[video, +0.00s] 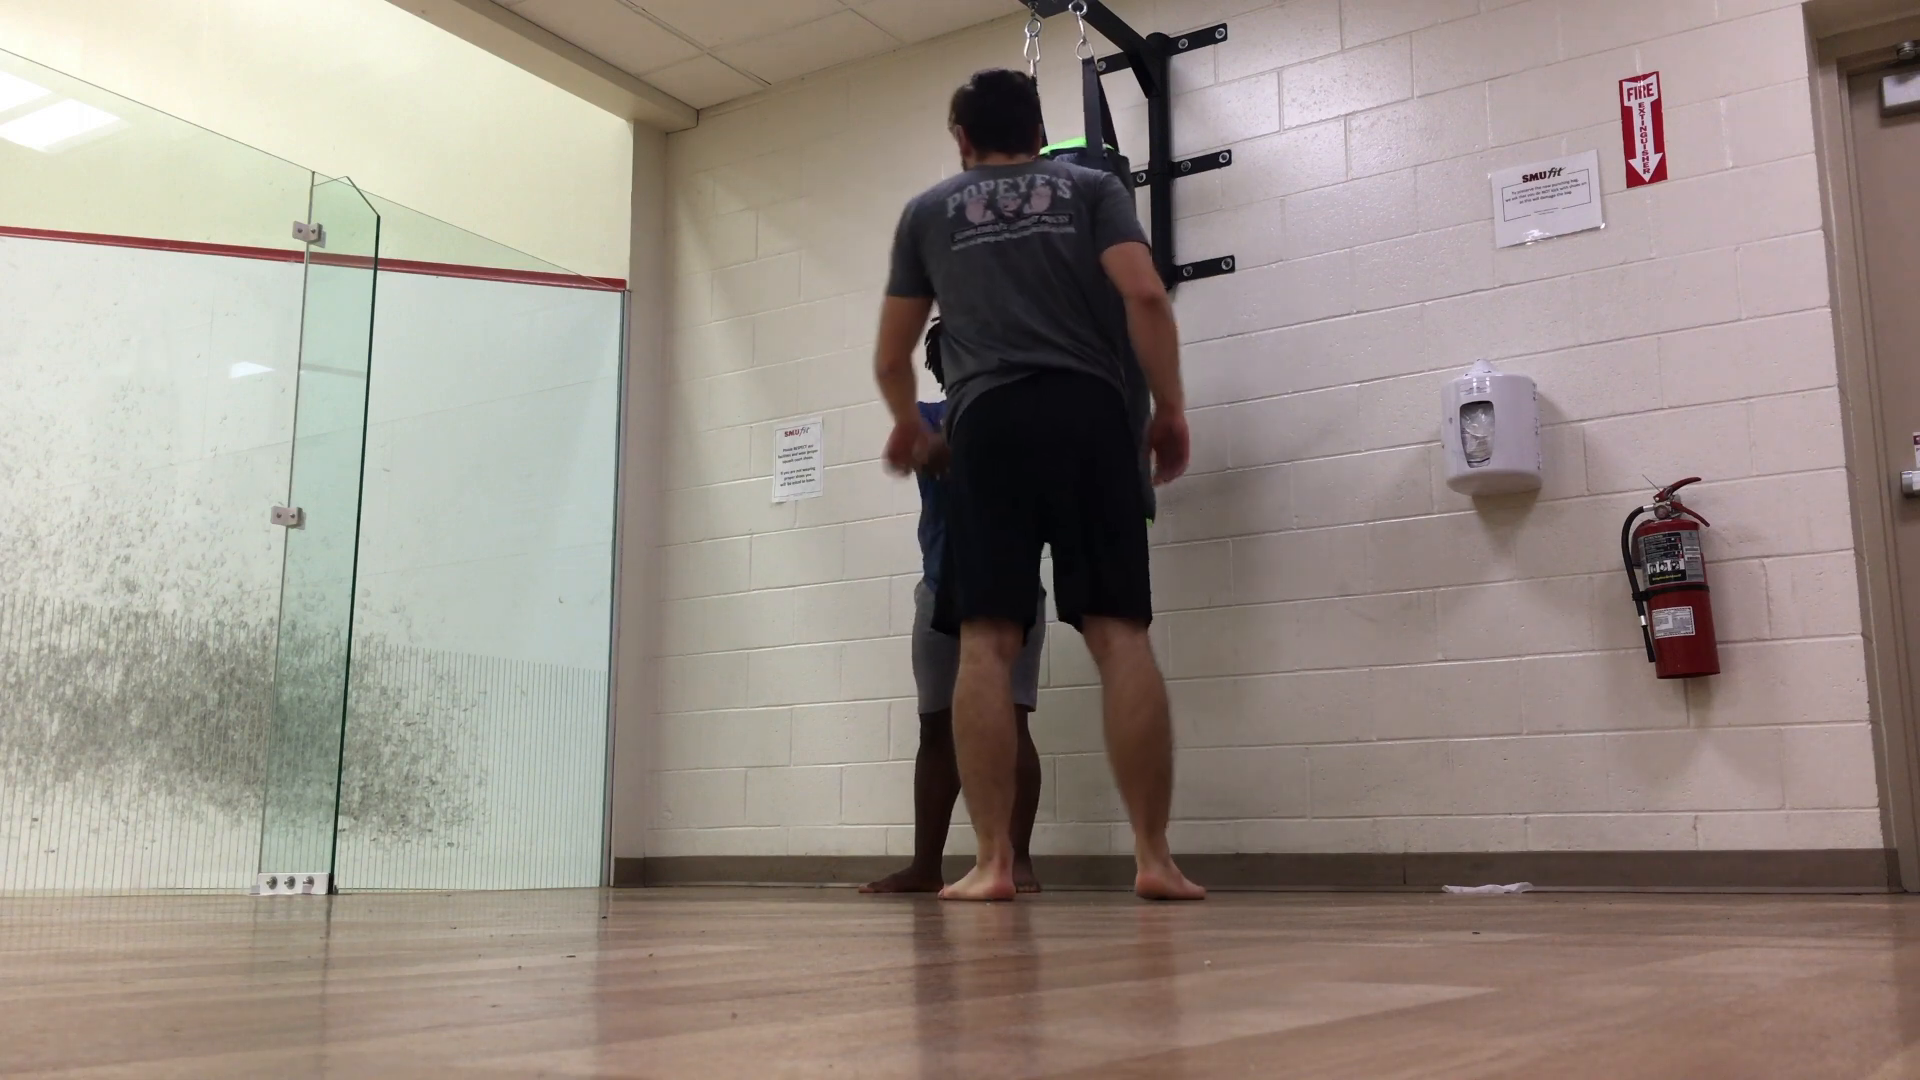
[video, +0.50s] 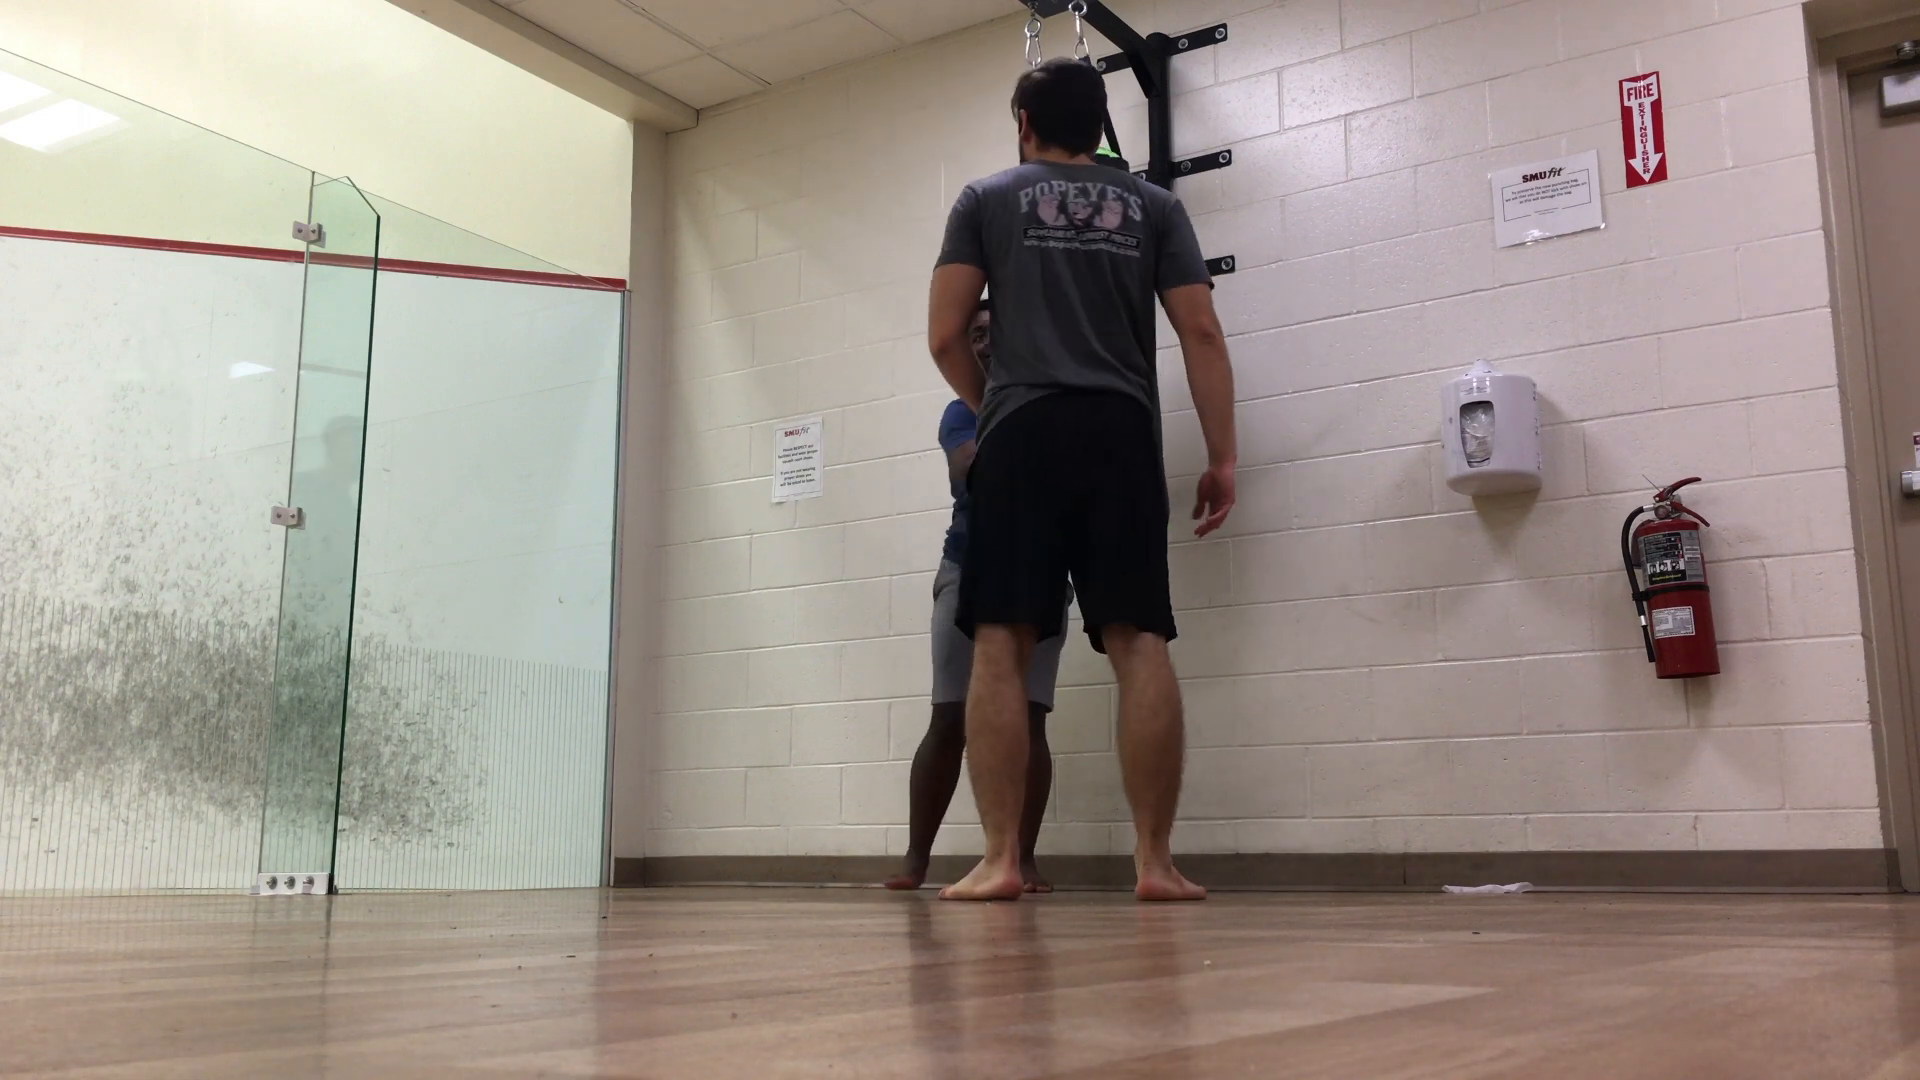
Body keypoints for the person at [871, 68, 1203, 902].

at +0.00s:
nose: (953, 150)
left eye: (952, 140)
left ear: (961, 141)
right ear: (1040, 133)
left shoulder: (927, 212)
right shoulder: (1092, 187)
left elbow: (893, 358)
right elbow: (1145, 292)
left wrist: (910, 425)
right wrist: (1171, 407)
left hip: (989, 440)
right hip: (1094, 430)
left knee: (985, 642)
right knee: (1120, 635)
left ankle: (994, 862)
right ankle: (1153, 857)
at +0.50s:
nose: (1016, 137)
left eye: (1015, 126)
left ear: (1025, 129)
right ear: (1104, 131)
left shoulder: (986, 199)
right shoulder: (1155, 206)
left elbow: (945, 335)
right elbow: (1201, 332)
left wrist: (992, 412)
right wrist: (1223, 455)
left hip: (1020, 443)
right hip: (1124, 443)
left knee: (999, 646)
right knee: (1140, 642)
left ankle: (1003, 860)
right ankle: (1154, 861)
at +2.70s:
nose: (950, 192)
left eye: (947, 181)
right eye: (949, 181)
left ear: (871, 182)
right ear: (940, 176)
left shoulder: (824, 259)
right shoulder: (930, 219)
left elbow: (798, 388)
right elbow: (926, 319)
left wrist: (855, 441)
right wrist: (971, 444)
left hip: (832, 472)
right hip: (917, 465)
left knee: (845, 659)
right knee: (960, 648)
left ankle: (862, 860)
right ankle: (926, 832)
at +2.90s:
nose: (971, 212)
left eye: (969, 204)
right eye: (972, 203)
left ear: (894, 200)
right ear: (963, 196)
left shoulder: (838, 269)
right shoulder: (967, 243)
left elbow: (813, 396)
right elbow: (985, 356)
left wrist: (876, 449)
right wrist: (1018, 475)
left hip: (866, 486)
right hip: (955, 480)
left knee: (878, 671)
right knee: (976, 671)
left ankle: (866, 858)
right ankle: (985, 863)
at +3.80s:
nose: (914, 184)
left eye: (914, 169)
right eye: (914, 167)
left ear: (863, 158)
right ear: (895, 156)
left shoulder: (863, 243)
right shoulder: (823, 207)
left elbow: (849, 336)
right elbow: (799, 303)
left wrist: (929, 334)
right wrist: (917, 334)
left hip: (864, 461)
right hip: (820, 443)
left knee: (860, 662)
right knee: (788, 590)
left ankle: (872, 858)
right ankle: (675, 786)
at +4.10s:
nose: (886, 137)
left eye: (885, 123)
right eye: (884, 119)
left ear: (840, 111)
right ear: (863, 106)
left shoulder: (849, 222)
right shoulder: (780, 143)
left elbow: (824, 356)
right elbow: (753, 249)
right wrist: (856, 343)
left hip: (826, 430)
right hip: (765, 407)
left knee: (870, 613)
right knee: (746, 586)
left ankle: (873, 818)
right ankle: (639, 807)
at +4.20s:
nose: (885, 143)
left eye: (882, 128)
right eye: (882, 126)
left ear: (835, 120)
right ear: (859, 116)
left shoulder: (838, 227)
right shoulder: (784, 155)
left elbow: (840, 375)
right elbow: (763, 226)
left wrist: (933, 397)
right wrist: (903, 264)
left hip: (832, 436)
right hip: (770, 418)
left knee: (890, 625)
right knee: (749, 604)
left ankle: (851, 832)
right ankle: (641, 826)